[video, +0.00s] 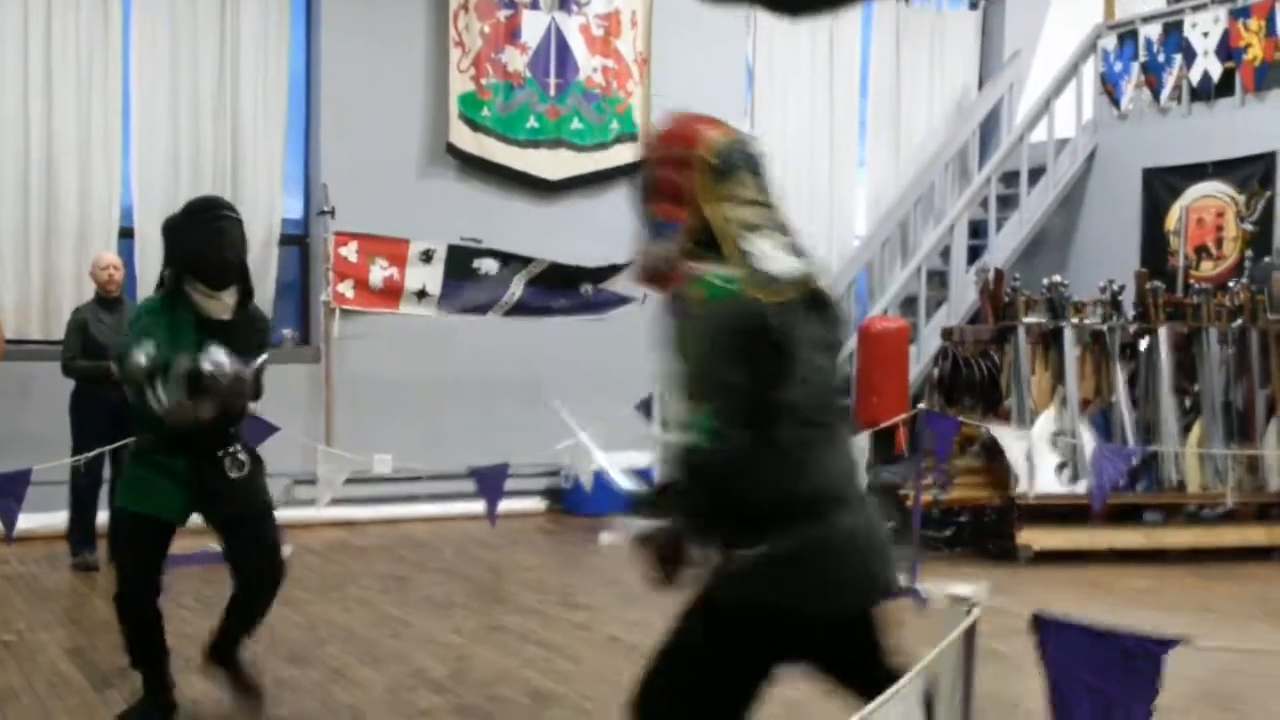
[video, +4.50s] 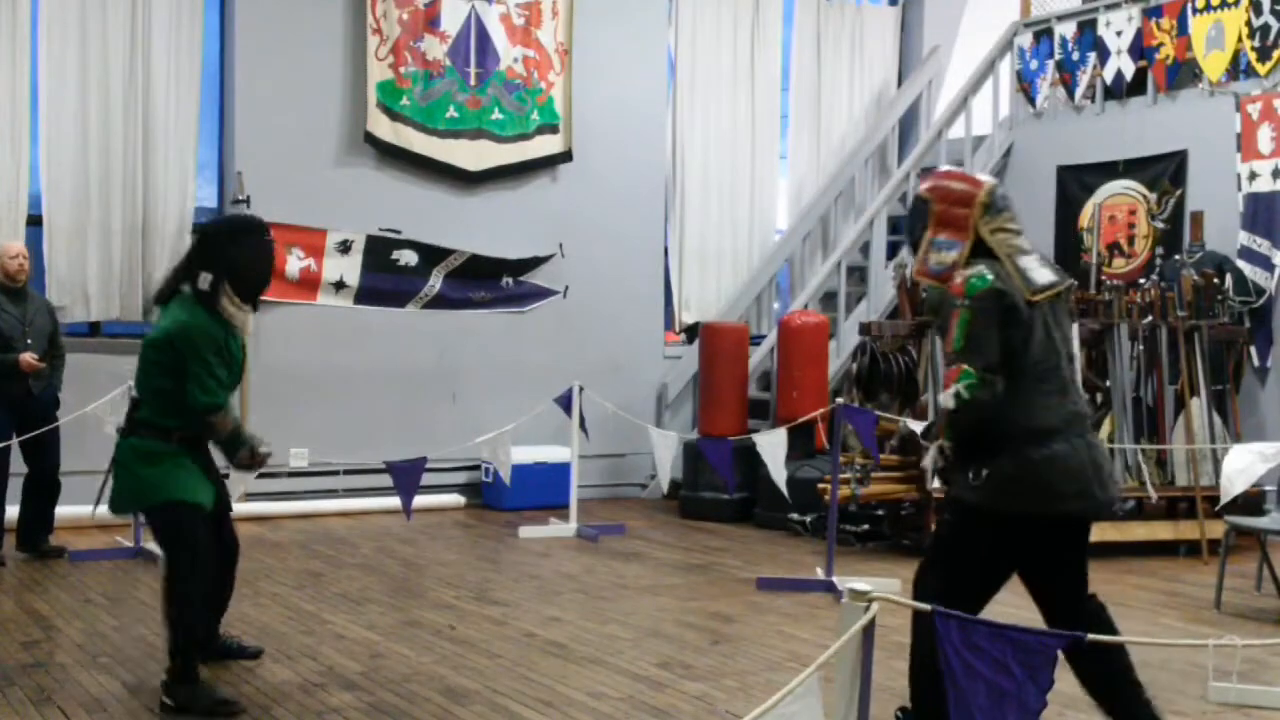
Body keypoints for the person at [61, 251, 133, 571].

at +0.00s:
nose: (111, 274)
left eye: (116, 268)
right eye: (105, 269)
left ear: (124, 273)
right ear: (93, 275)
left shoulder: (135, 315)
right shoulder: (82, 317)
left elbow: (147, 352)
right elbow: (69, 364)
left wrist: (133, 370)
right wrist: (108, 368)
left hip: (129, 406)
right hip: (91, 406)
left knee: (126, 478)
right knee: (87, 478)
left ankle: (123, 549)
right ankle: (83, 548)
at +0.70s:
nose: (73, 270)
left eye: (78, 264)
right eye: (67, 264)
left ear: (84, 271)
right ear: (53, 271)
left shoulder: (98, 311)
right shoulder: (42, 311)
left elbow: (112, 358)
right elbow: (27, 360)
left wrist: (106, 396)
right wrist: (67, 363)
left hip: (91, 406)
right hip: (50, 407)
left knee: (86, 479)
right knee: (44, 476)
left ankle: (82, 544)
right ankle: (40, 547)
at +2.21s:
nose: (28, 262)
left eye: (31, 256)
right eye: (20, 256)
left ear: (37, 263)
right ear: (5, 265)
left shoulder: (49, 304)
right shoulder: (1, 303)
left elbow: (64, 350)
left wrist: (59, 389)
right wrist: (19, 357)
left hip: (42, 402)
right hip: (5, 402)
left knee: (37, 475)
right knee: (2, 474)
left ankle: (33, 541)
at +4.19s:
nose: (27, 261)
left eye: (30, 256)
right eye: (20, 256)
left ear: (36, 262)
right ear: (5, 265)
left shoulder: (49, 304)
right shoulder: (3, 303)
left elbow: (63, 351)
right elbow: (0, 354)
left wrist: (58, 390)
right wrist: (20, 359)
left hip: (42, 402)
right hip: (6, 403)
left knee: (40, 476)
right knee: (3, 476)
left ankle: (32, 541)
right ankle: (1, 544)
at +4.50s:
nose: (21, 263)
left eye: (24, 257)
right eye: (13, 257)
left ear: (30, 264)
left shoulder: (41, 305)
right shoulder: (1, 303)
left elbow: (56, 351)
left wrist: (52, 389)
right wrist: (15, 360)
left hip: (37, 400)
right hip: (2, 402)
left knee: (45, 469)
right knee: (1, 474)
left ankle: (33, 538)